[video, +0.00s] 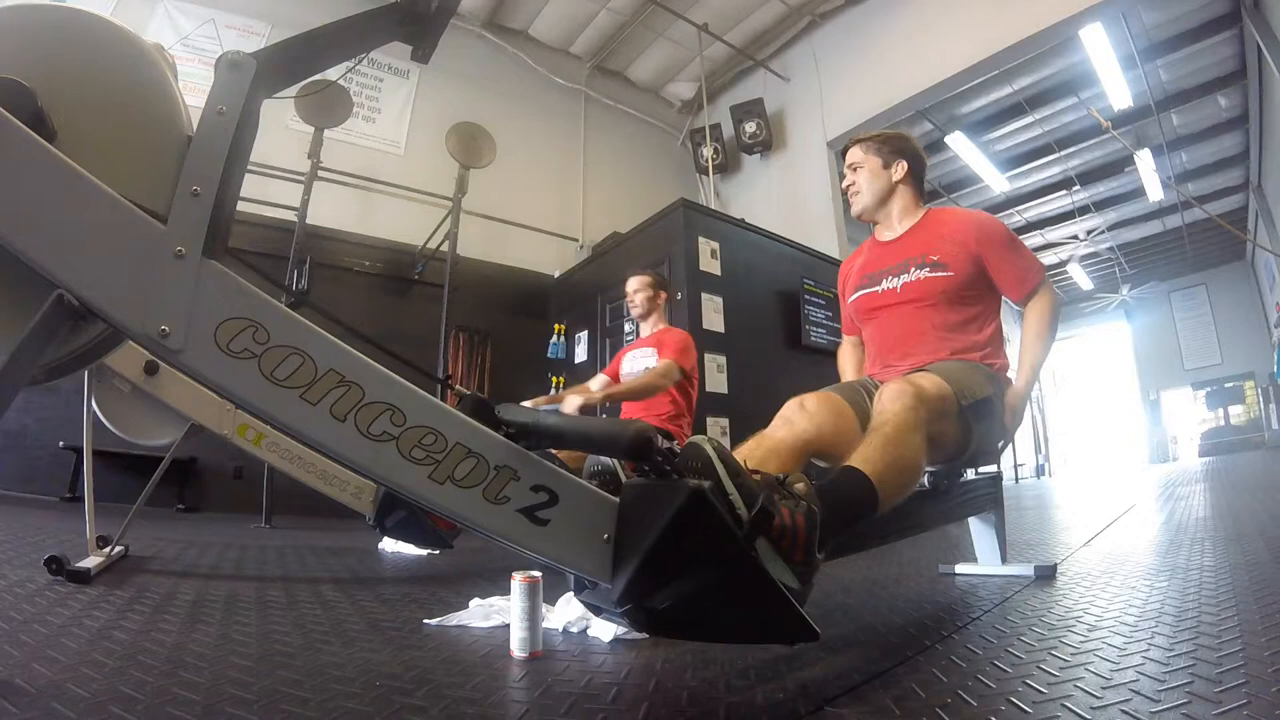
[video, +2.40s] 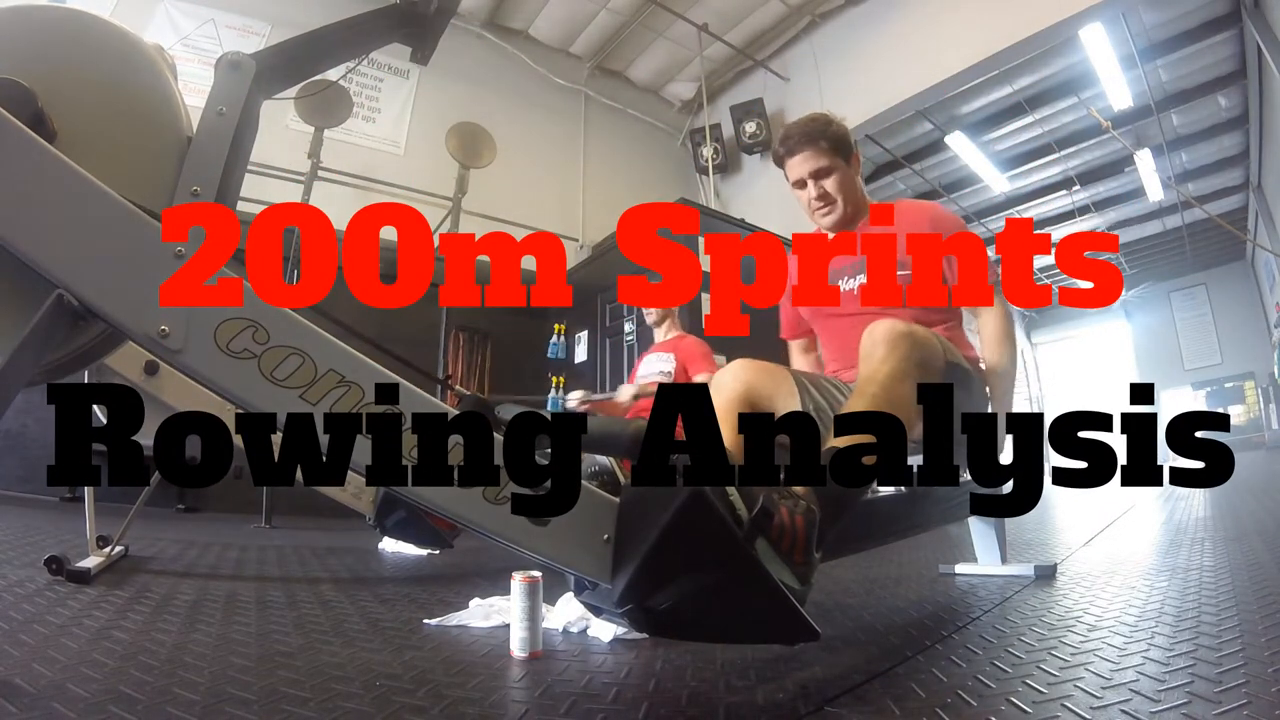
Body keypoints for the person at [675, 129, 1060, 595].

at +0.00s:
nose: (845, 181)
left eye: (856, 167)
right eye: (845, 174)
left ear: (898, 170)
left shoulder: (972, 227)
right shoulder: (852, 267)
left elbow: (1040, 296)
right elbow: (851, 343)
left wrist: (1021, 388)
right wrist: (856, 399)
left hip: (970, 376)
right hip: (880, 392)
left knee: (903, 398)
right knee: (801, 415)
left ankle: (815, 516)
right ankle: (696, 493)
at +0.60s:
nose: (845, 183)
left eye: (855, 169)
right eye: (843, 175)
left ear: (897, 171)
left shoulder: (959, 223)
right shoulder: (850, 255)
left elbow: (1041, 274)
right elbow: (828, 329)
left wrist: (1000, 328)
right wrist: (833, 355)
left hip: (955, 362)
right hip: (872, 381)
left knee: (899, 397)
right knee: (786, 422)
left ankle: (813, 522)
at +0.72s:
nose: (848, 182)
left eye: (858, 168)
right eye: (847, 174)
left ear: (901, 170)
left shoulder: (961, 220)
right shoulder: (853, 253)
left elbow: (1043, 285)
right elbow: (832, 345)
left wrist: (984, 291)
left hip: (967, 374)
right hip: (875, 388)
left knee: (896, 396)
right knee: (790, 416)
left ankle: (819, 531)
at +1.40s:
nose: (838, 158)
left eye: (851, 145)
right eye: (829, 154)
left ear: (890, 152)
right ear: (827, 172)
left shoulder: (947, 206)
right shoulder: (828, 246)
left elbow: (1011, 284)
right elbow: (802, 328)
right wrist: (763, 335)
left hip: (960, 390)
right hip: (860, 394)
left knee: (896, 343)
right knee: (757, 382)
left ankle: (813, 508)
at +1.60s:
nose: (821, 159)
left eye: (833, 144)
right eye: (812, 155)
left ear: (873, 148)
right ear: (810, 169)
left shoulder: (938, 203)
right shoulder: (817, 245)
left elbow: (1005, 280)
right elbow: (796, 333)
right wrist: (733, 368)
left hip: (948, 383)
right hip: (847, 389)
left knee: (887, 327)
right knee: (741, 371)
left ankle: (809, 509)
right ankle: (714, 524)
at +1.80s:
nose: (813, 175)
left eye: (823, 158)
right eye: (801, 167)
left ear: (858, 154)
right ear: (794, 177)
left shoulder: (927, 212)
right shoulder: (803, 255)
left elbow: (990, 306)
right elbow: (790, 350)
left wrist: (1011, 415)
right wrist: (744, 400)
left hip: (948, 393)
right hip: (846, 398)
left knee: (874, 322)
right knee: (734, 365)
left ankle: (804, 508)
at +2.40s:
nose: (815, 193)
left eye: (824, 175)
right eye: (801, 185)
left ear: (855, 163)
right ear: (792, 191)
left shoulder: (927, 221)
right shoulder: (799, 258)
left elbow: (989, 309)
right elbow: (802, 350)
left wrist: (996, 414)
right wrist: (818, 414)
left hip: (945, 392)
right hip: (845, 399)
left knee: (888, 335)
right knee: (736, 377)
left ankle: (809, 505)